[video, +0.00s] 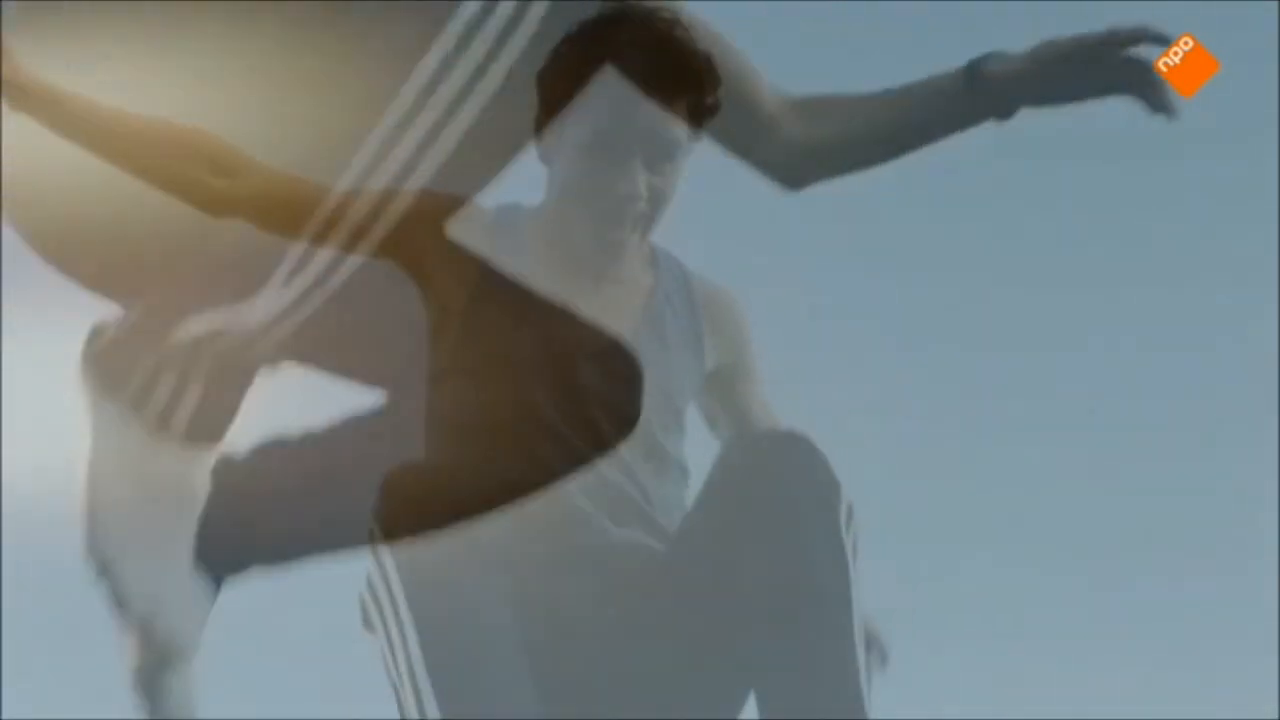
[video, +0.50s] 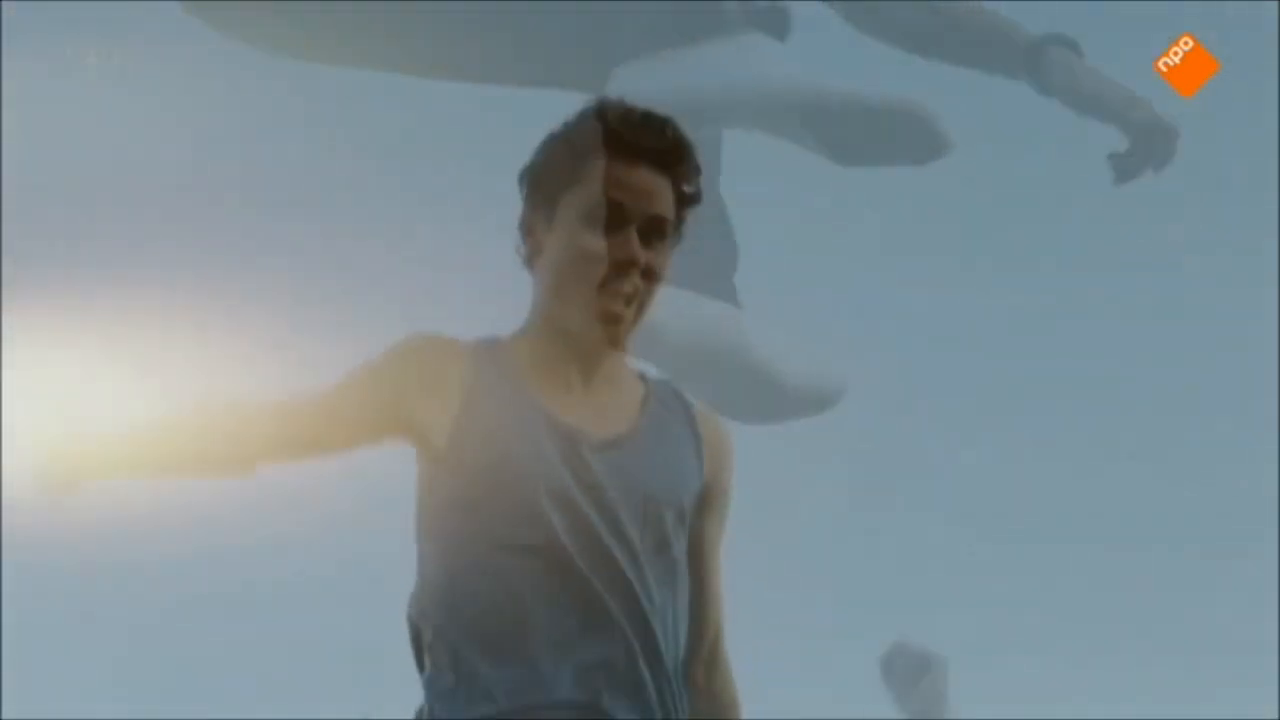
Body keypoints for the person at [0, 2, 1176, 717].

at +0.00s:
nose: (647, 177)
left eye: (665, 157)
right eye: (628, 147)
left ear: (689, 163)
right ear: (566, 130)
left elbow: (806, 143)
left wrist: (1016, 79)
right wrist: (232, 320)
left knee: (589, 381)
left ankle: (192, 541)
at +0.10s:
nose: (621, 191)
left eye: (649, 166)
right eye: (598, 155)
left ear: (681, 169)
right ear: (552, 139)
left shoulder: (702, 335)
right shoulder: (455, 227)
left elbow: (754, 505)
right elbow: (221, 214)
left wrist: (800, 624)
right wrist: (23, 127)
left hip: (656, 634)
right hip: (504, 632)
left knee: (801, 514)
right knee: (441, 527)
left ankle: (805, 714)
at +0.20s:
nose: (637, 196)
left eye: (661, 173)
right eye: (612, 163)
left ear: (680, 185)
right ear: (542, 150)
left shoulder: (698, 359)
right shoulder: (450, 283)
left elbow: (738, 566)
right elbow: (249, 270)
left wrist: (790, 680)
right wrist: (64, 220)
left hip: (659, 656)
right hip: (506, 656)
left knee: (819, 588)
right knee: (437, 614)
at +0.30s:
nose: (628, 210)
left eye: (657, 187)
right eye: (604, 174)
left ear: (679, 203)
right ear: (537, 168)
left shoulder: (700, 374)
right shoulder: (455, 312)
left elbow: (724, 592)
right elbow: (255, 313)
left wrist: (776, 696)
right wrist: (71, 277)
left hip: (661, 678)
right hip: (510, 667)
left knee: (844, 645)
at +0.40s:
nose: (635, 234)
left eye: (659, 214)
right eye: (608, 199)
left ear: (675, 235)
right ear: (539, 203)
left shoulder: (698, 412)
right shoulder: (445, 350)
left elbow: (711, 634)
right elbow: (253, 382)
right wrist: (70, 366)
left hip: (648, 702)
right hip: (484, 695)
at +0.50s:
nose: (634, 254)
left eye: (656, 234)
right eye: (606, 221)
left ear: (674, 256)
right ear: (534, 235)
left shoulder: (698, 439)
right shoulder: (442, 379)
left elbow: (705, 666)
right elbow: (256, 432)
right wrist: (69, 453)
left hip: (640, 709)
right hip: (482, 704)